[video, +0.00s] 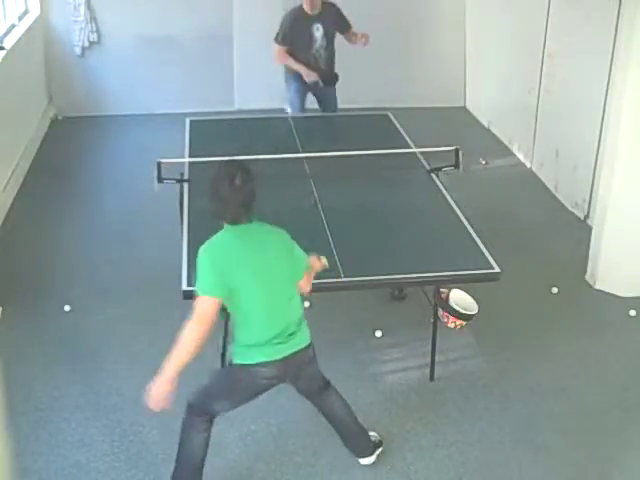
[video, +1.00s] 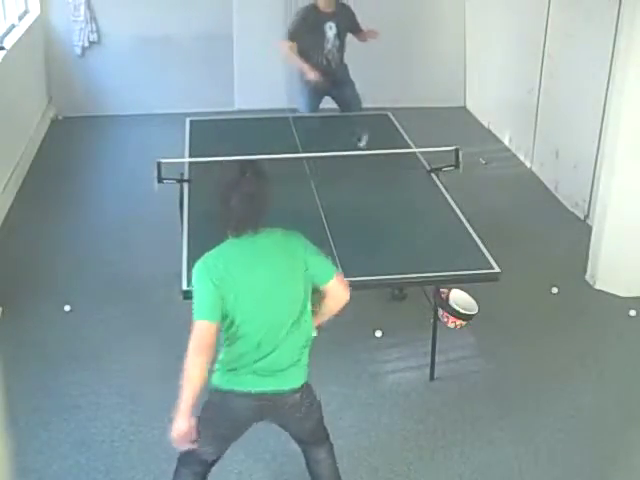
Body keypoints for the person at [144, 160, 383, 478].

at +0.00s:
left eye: (217, 195)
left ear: (216, 201)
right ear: (251, 198)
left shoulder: (213, 251)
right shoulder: (278, 236)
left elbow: (202, 321)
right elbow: (304, 286)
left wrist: (167, 376)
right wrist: (313, 267)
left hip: (255, 365)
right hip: (300, 353)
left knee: (200, 409)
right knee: (323, 391)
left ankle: (184, 475)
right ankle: (365, 448)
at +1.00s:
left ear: (225, 207)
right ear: (264, 204)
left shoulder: (211, 266)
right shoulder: (295, 245)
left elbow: (202, 345)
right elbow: (340, 293)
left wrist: (184, 412)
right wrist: (310, 323)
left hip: (234, 399)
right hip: (292, 395)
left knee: (196, 461)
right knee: (318, 449)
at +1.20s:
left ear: (185, 231)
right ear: (228, 234)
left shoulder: (153, 284)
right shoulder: (250, 284)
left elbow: (120, 348)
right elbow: (270, 361)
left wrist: (100, 407)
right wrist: (274, 373)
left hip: (180, 425)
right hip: (241, 420)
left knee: (161, 473)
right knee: (292, 472)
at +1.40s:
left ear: (151, 229)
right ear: (198, 237)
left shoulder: (117, 274)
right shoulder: (211, 292)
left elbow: (64, 337)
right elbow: (222, 377)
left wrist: (58, 386)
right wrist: (227, 379)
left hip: (115, 434)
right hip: (178, 437)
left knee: (98, 473)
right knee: (205, 473)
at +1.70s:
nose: (153, 294)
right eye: (152, 287)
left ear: (103, 279)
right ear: (144, 295)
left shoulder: (58, 318)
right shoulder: (136, 357)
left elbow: (5, 370)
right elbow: (123, 450)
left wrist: (19, 409)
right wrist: (171, 441)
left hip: (25, 464)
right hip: (82, 469)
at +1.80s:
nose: (135, 292)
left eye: (134, 283)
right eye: (135, 286)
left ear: (81, 279)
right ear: (126, 297)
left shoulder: (39, 316)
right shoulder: (118, 362)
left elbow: (1, 356)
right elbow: (94, 449)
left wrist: (8, 398)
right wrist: (150, 454)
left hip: (12, 460)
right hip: (66, 471)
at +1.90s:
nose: (128, 288)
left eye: (127, 281)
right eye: (128, 282)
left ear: (73, 277)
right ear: (119, 295)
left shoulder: (33, 313)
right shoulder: (109, 360)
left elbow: (1, 354)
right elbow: (87, 448)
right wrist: (144, 449)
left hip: (8, 457)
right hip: (58, 471)